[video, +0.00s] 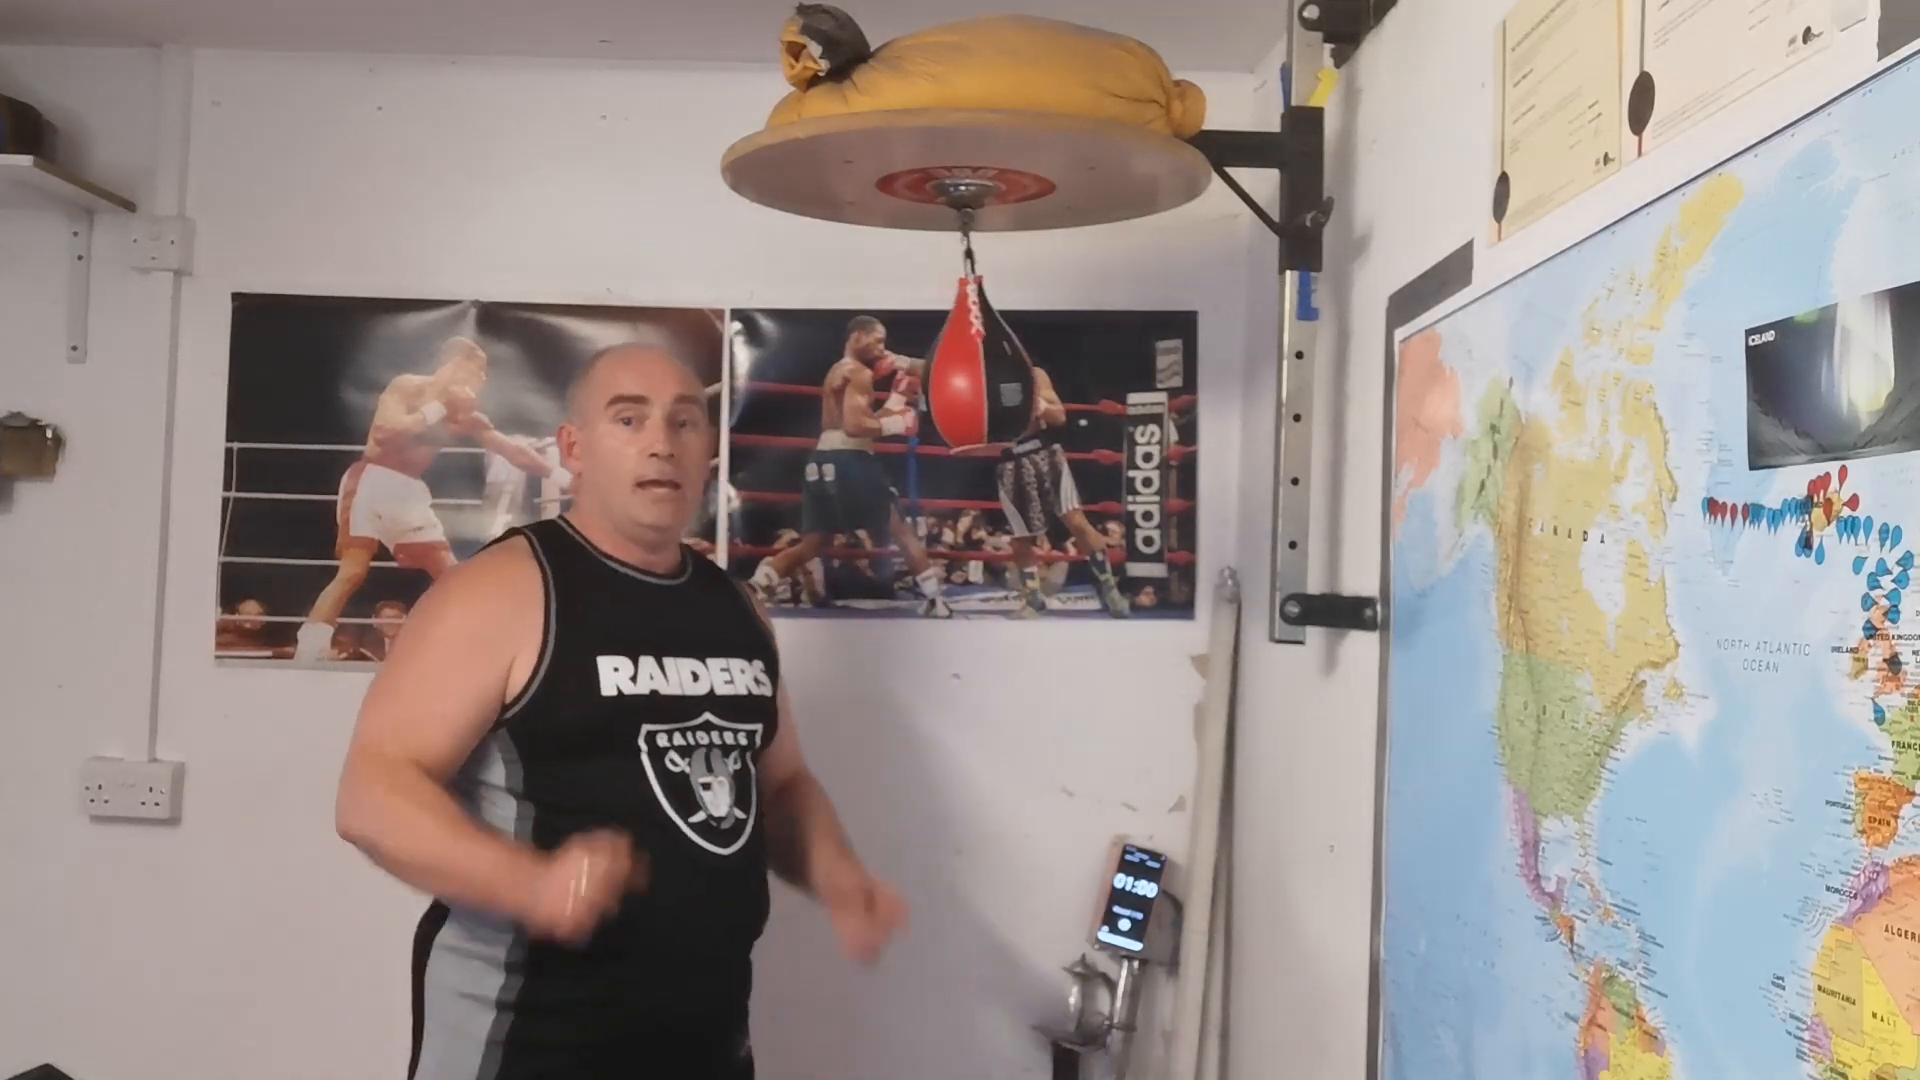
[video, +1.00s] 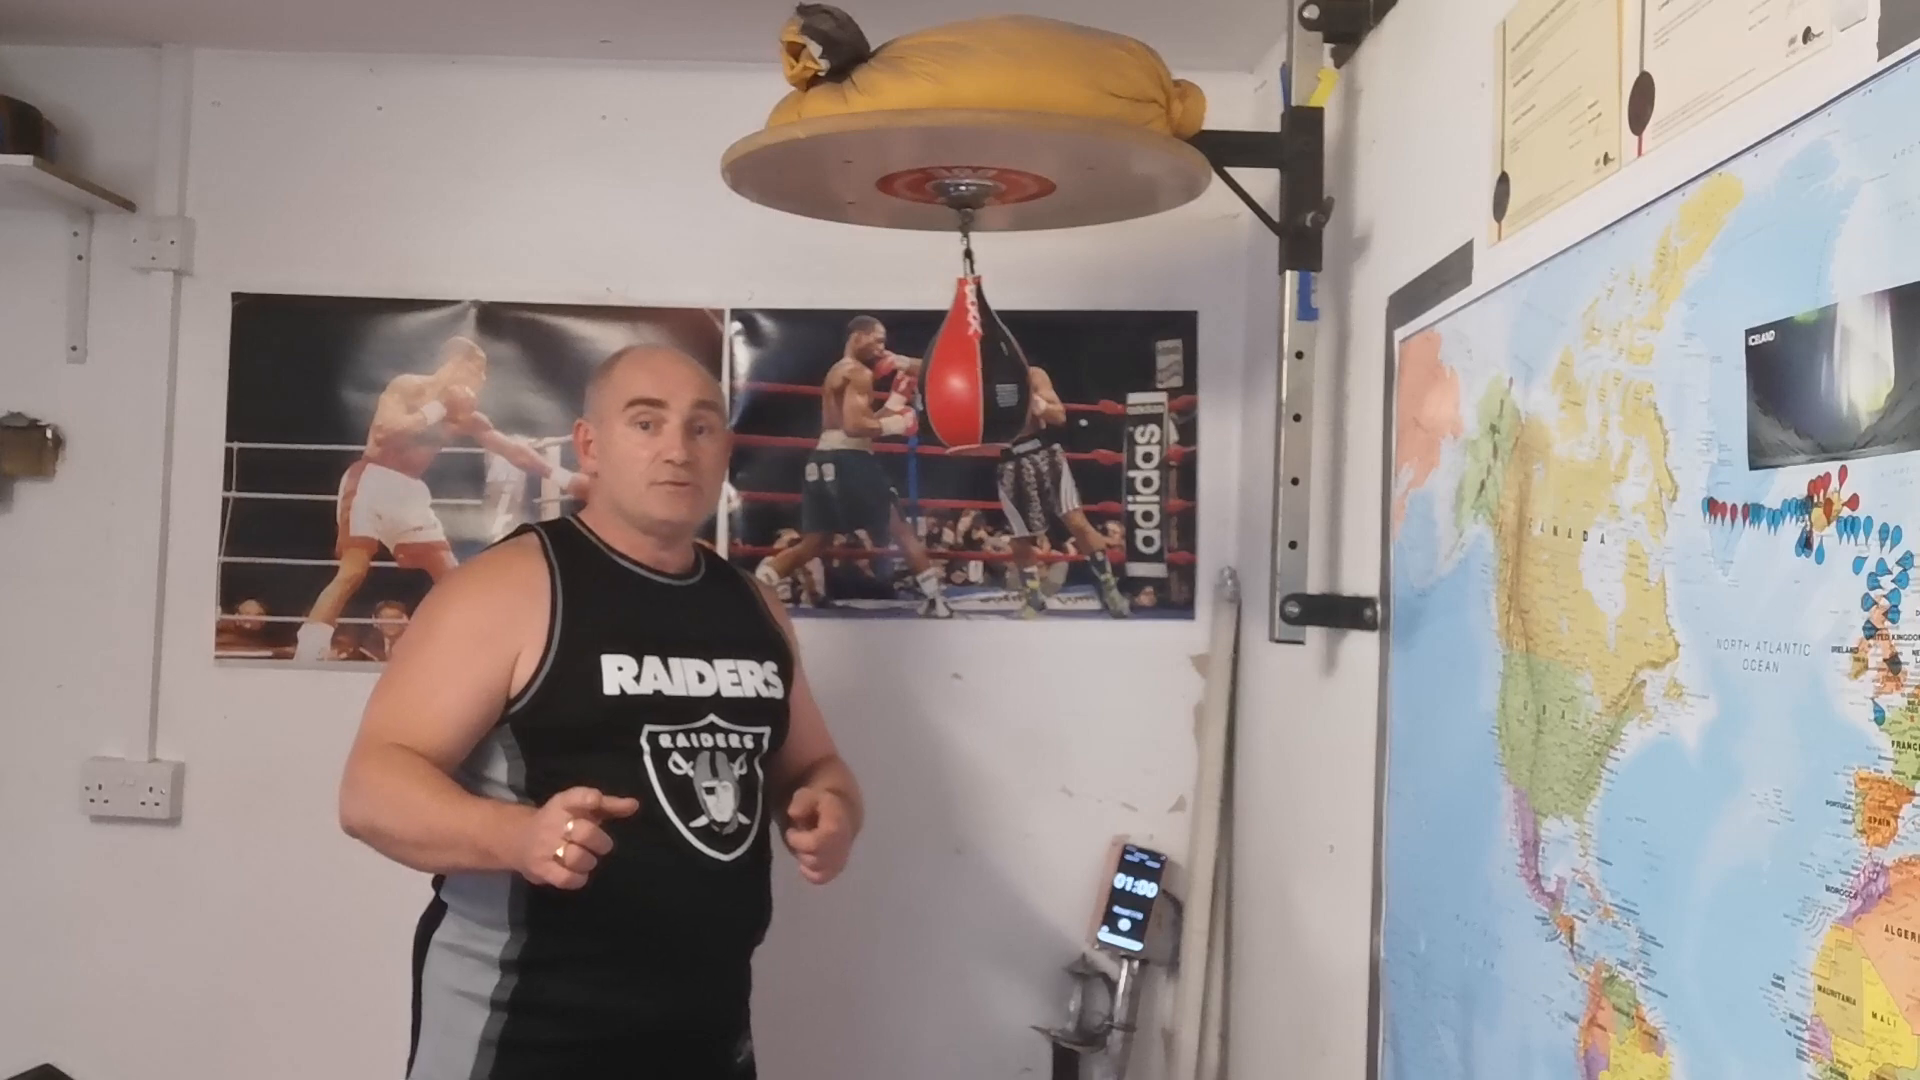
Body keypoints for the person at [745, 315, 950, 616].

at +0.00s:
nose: (881, 349)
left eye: (883, 343)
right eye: (878, 342)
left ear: (855, 340)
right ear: (857, 337)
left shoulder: (833, 374)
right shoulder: (858, 373)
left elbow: (849, 422)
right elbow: (855, 425)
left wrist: (889, 408)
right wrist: (896, 423)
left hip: (820, 462)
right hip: (853, 463)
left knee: (814, 542)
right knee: (902, 531)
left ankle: (755, 587)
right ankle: (935, 598)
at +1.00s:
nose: (881, 348)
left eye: (882, 343)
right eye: (878, 341)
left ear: (857, 340)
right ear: (857, 337)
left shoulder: (834, 374)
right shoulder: (858, 373)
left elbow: (851, 424)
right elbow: (854, 426)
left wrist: (890, 407)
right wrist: (895, 423)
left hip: (820, 463)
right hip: (852, 463)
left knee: (815, 542)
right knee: (901, 529)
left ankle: (756, 587)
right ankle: (936, 598)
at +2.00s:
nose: (881, 349)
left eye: (883, 343)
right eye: (878, 342)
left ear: (857, 340)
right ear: (858, 337)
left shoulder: (834, 372)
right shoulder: (858, 373)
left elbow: (848, 422)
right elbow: (854, 425)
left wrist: (886, 409)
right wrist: (894, 423)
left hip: (820, 463)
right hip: (852, 463)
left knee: (816, 541)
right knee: (901, 529)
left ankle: (756, 587)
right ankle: (935, 597)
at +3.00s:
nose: (881, 349)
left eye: (883, 343)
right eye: (878, 342)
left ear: (856, 340)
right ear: (858, 338)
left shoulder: (834, 373)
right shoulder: (859, 373)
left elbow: (847, 421)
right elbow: (854, 425)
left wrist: (885, 411)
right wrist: (890, 425)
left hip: (820, 463)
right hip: (852, 463)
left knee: (814, 542)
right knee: (902, 531)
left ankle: (755, 587)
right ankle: (935, 598)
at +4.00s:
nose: (881, 350)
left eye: (883, 343)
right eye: (877, 342)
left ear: (855, 341)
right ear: (857, 338)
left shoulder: (834, 372)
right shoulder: (859, 373)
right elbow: (854, 425)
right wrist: (888, 424)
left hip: (820, 463)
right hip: (852, 463)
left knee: (814, 542)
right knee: (902, 530)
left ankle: (755, 588)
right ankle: (935, 597)